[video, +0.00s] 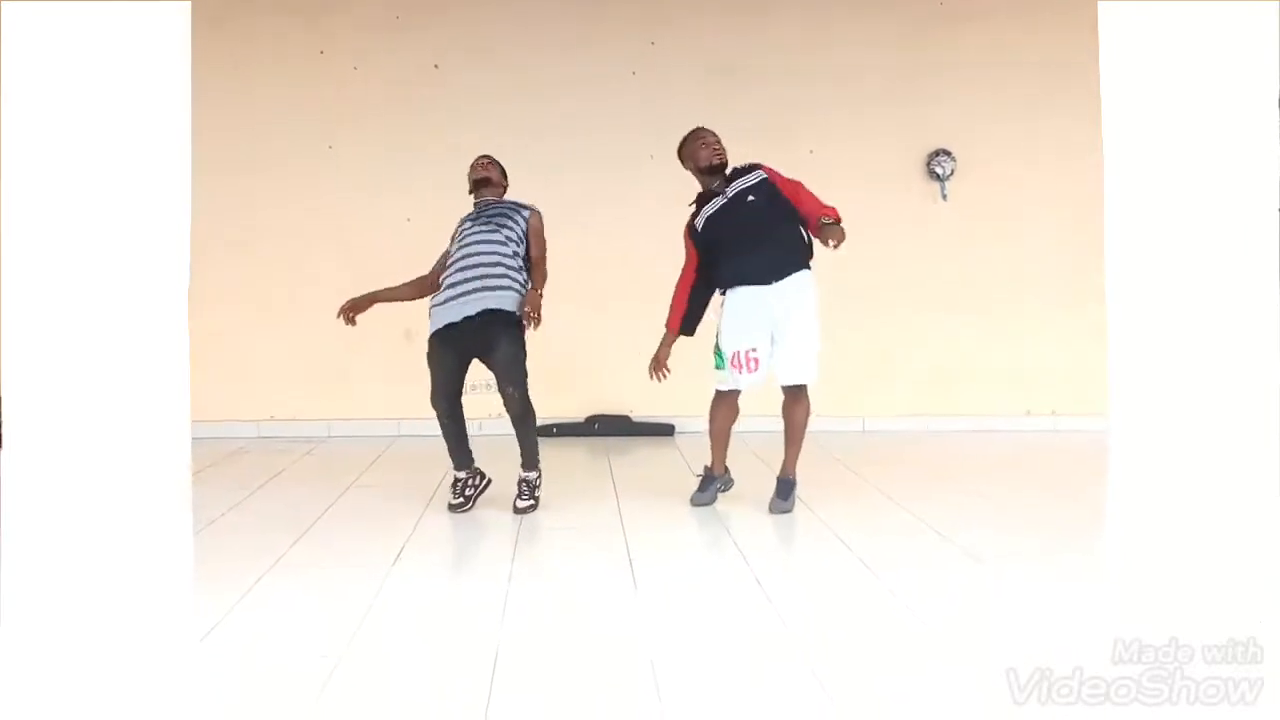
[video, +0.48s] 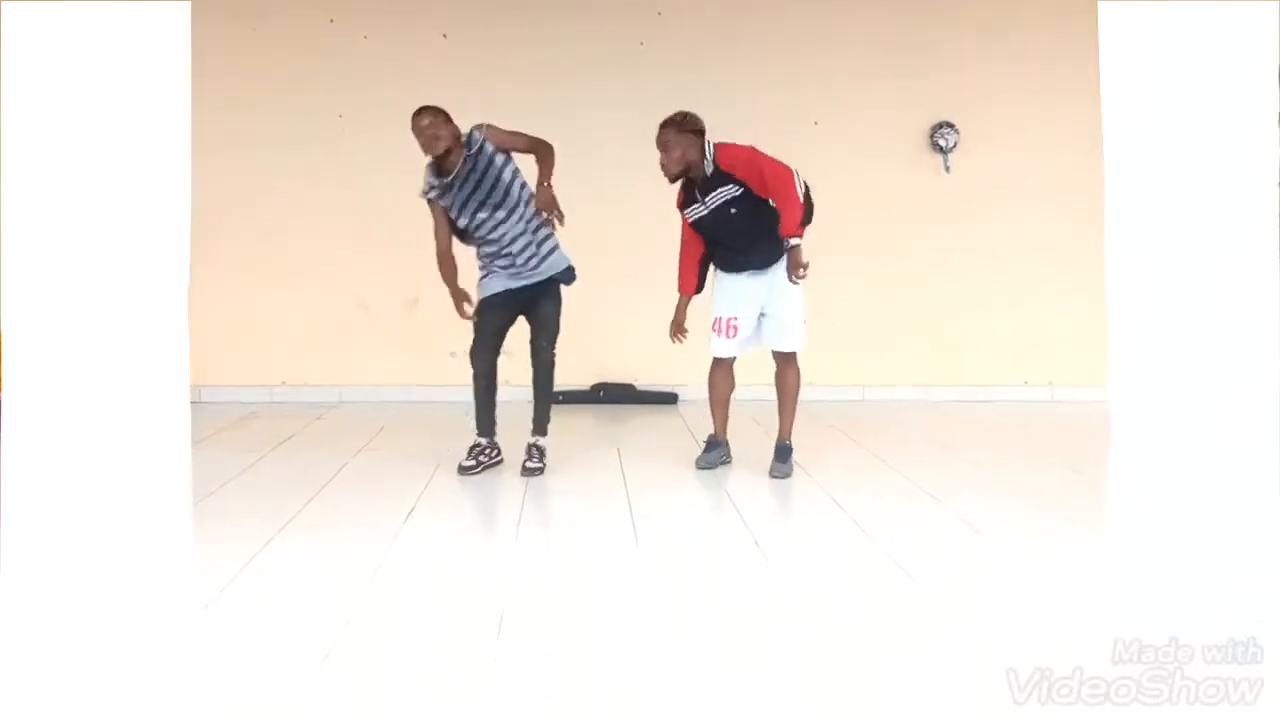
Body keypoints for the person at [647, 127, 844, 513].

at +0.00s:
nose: (714, 146)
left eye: (717, 141)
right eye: (702, 144)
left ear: (726, 152)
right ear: (688, 164)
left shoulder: (759, 175)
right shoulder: (699, 221)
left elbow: (801, 198)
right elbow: (692, 280)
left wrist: (827, 222)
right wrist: (668, 340)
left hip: (794, 290)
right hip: (742, 301)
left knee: (795, 386)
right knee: (727, 387)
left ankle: (787, 475)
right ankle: (717, 471)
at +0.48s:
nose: (660, 160)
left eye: (665, 150)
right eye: (659, 151)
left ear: (690, 147)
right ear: (680, 152)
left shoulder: (734, 158)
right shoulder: (688, 197)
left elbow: (784, 183)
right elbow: (693, 248)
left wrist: (793, 244)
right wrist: (682, 304)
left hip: (778, 267)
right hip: (732, 275)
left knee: (785, 355)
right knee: (721, 356)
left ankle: (784, 443)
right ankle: (719, 441)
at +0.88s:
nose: (735, 129)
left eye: (743, 120)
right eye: (727, 119)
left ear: (757, 114)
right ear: (717, 114)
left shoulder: (782, 152)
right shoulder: (697, 147)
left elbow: (802, 197)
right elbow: (669, 183)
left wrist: (804, 244)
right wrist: (641, 220)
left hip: (767, 260)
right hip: (715, 261)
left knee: (788, 337)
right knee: (704, 344)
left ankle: (780, 424)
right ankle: (704, 432)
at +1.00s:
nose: (747, 143)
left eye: (756, 135)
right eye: (740, 134)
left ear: (768, 131)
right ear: (728, 128)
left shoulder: (786, 174)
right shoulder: (704, 160)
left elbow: (804, 230)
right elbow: (660, 190)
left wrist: (819, 286)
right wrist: (616, 222)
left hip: (765, 283)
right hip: (714, 279)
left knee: (778, 368)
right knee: (710, 365)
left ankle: (792, 463)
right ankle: (703, 461)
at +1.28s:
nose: (753, 259)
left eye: (762, 250)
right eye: (746, 249)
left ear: (773, 243)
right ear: (733, 240)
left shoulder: (792, 263)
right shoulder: (711, 257)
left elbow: (822, 296)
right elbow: (671, 282)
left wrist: (830, 338)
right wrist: (670, 302)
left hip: (773, 350)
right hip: (718, 349)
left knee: (808, 392)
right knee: (699, 394)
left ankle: (793, 451)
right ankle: (712, 449)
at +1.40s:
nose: (750, 357)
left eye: (759, 348)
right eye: (743, 347)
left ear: (770, 342)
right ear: (732, 341)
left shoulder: (785, 355)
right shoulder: (714, 354)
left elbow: (802, 390)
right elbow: (667, 382)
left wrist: (820, 424)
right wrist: (672, 401)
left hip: (771, 425)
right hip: (726, 426)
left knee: (818, 424)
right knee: (698, 425)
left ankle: (790, 476)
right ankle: (711, 483)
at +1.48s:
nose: (752, 374)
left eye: (761, 365)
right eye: (745, 364)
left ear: (771, 366)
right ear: (734, 363)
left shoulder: (784, 385)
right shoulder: (715, 382)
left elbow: (799, 426)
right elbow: (665, 426)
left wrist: (817, 454)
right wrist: (689, 438)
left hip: (771, 454)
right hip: (727, 456)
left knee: (813, 427)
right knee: (695, 433)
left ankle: (790, 482)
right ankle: (713, 491)